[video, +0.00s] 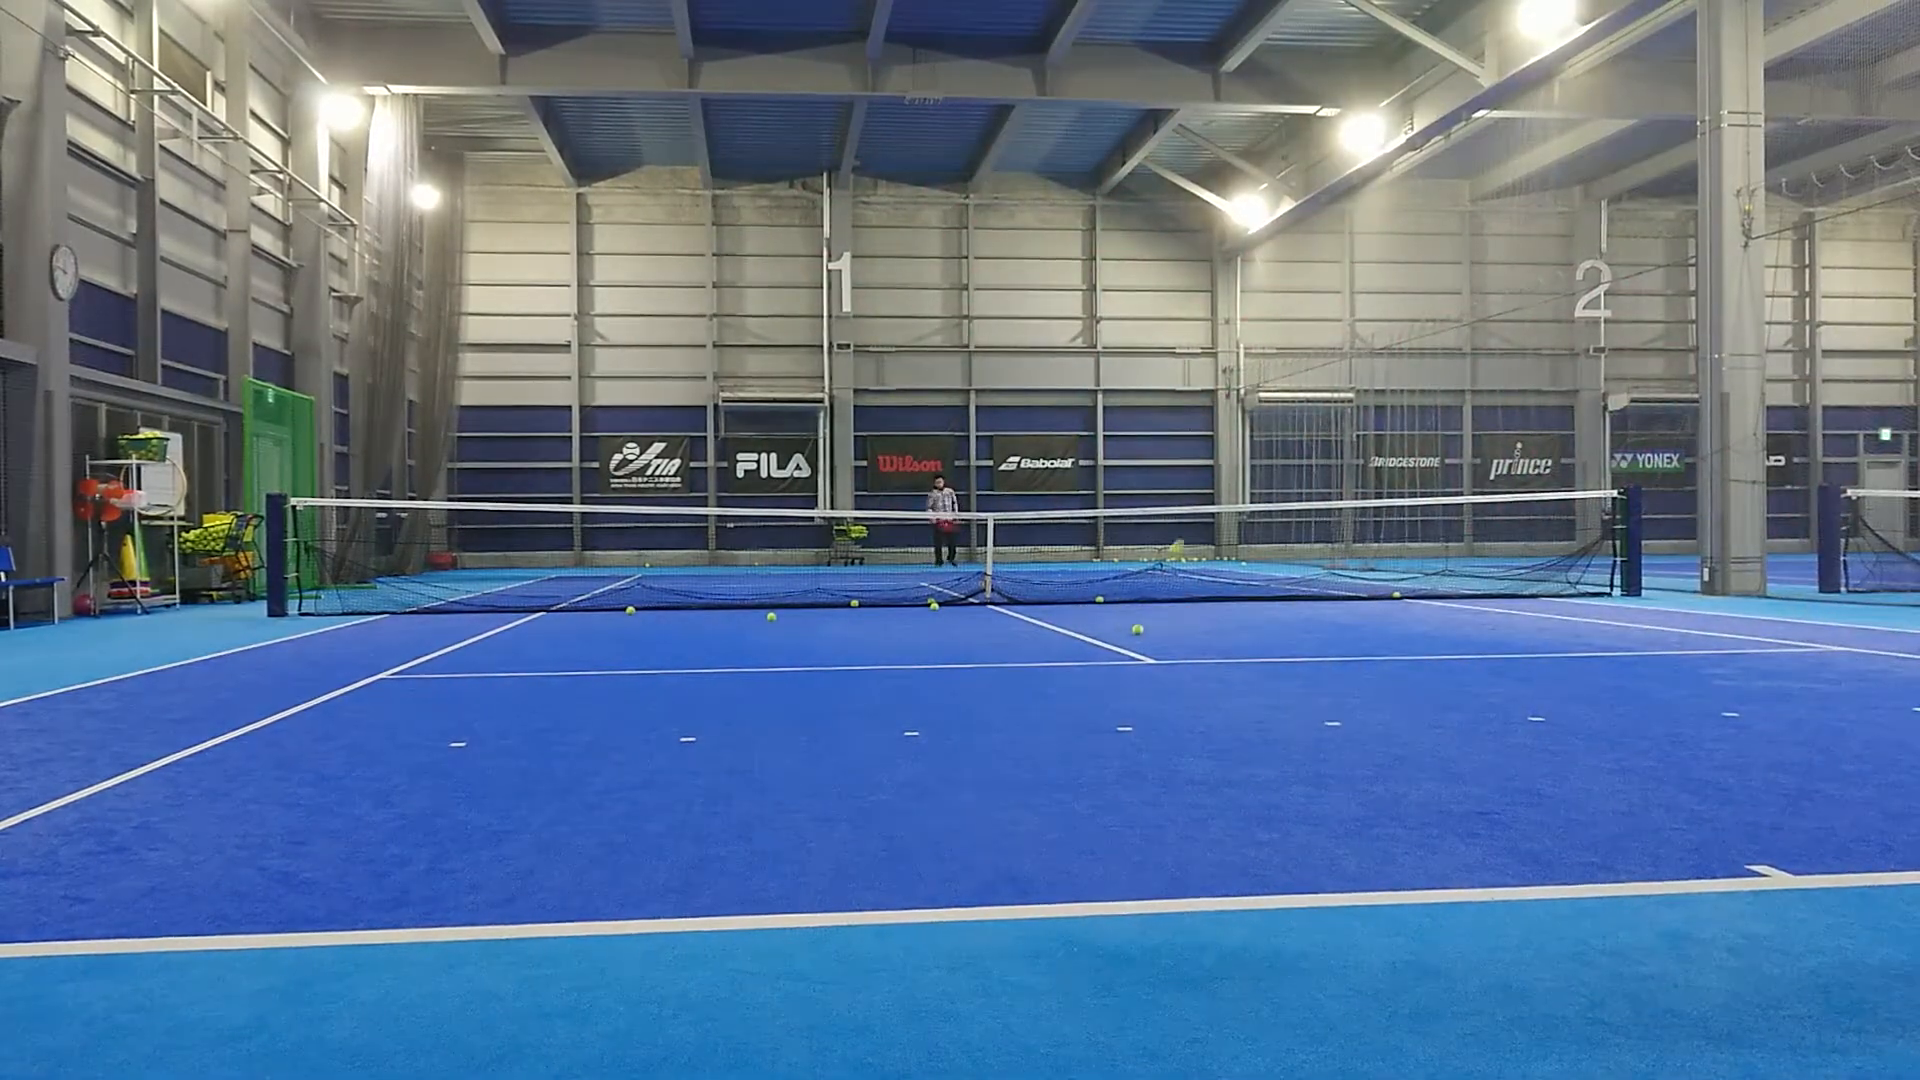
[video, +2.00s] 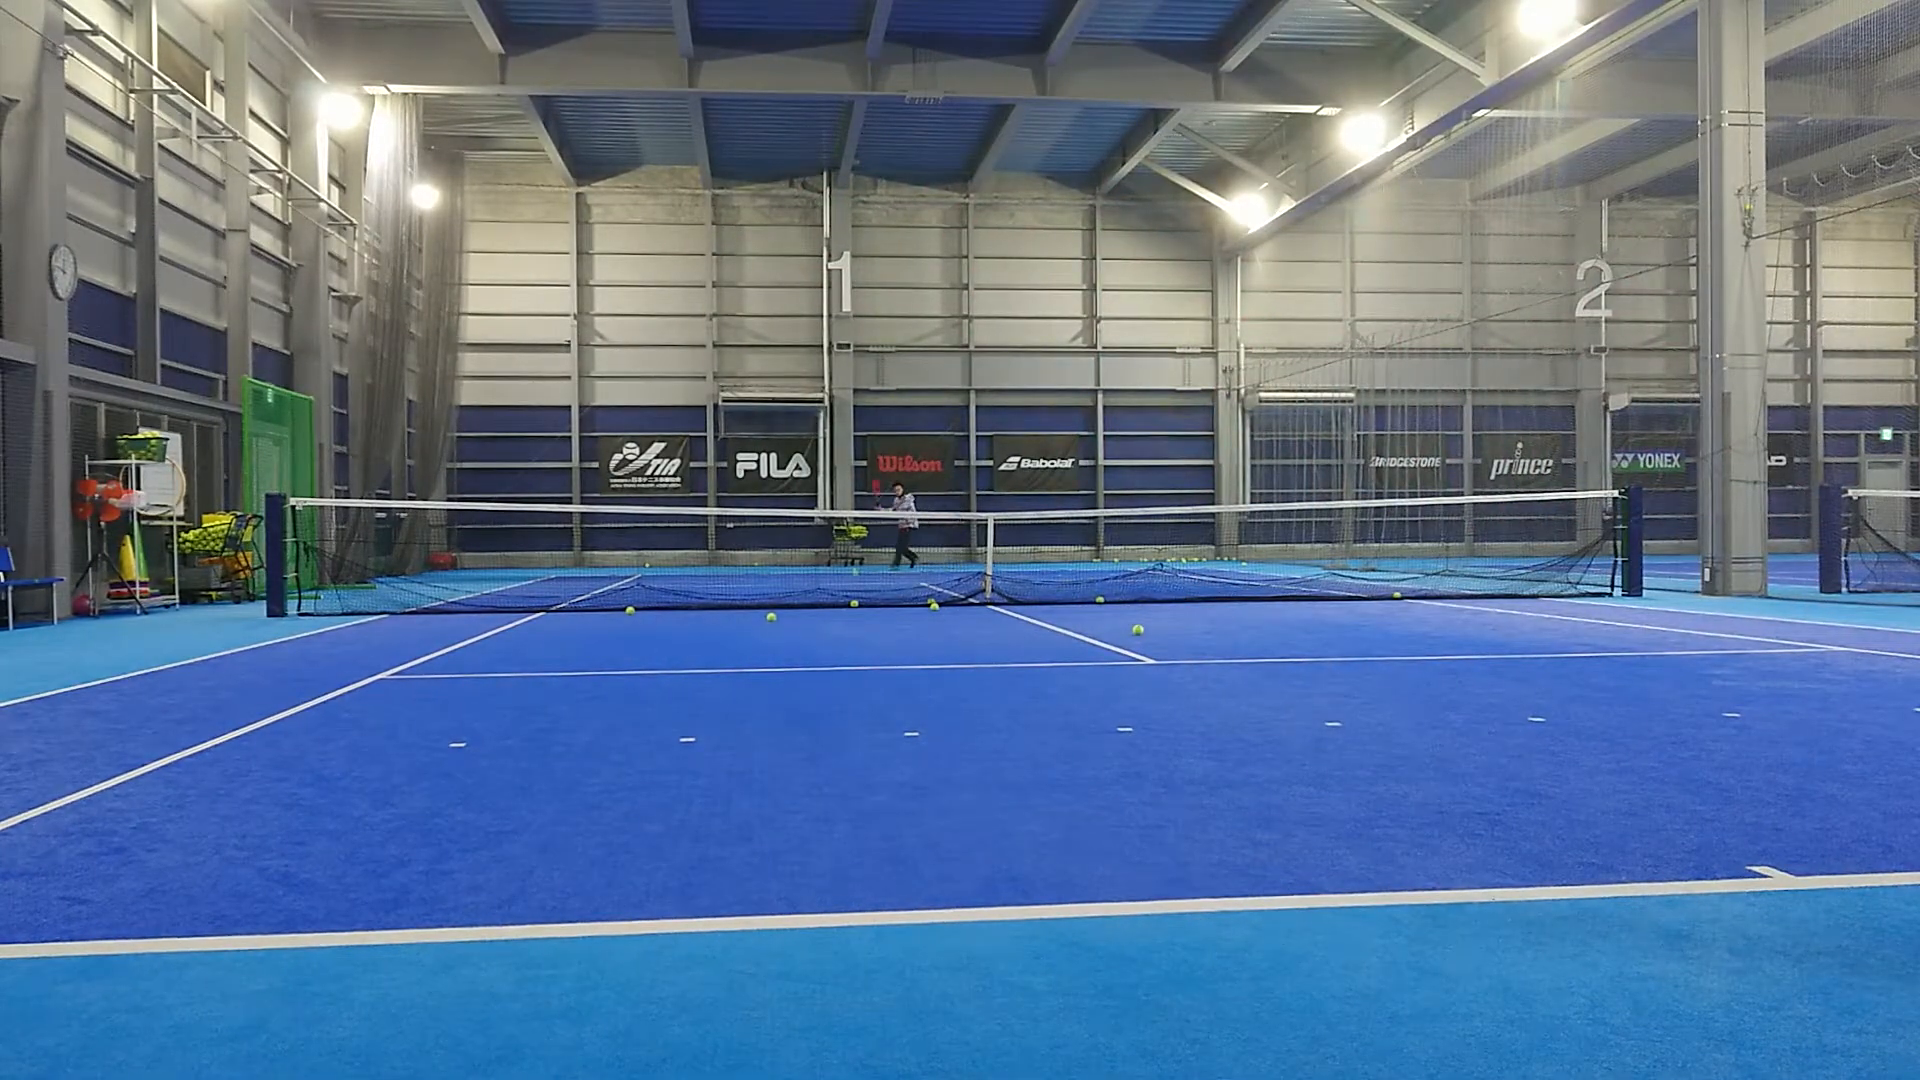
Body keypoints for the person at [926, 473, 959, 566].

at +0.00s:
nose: (939, 484)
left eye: (941, 482)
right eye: (937, 482)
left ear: (944, 482)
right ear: (934, 483)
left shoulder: (950, 492)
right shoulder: (932, 494)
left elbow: (955, 504)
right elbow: (929, 508)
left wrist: (956, 515)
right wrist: (932, 517)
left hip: (950, 519)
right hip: (938, 520)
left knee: (952, 541)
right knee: (938, 542)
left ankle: (951, 558)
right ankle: (939, 560)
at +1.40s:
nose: (944, 485)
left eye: (946, 482)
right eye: (942, 482)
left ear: (949, 484)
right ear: (939, 484)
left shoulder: (953, 494)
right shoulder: (936, 495)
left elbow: (955, 507)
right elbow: (931, 508)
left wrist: (946, 513)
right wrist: (937, 516)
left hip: (950, 523)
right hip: (938, 523)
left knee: (952, 545)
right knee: (932, 544)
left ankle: (955, 563)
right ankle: (927, 562)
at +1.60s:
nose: (931, 490)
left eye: (933, 488)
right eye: (930, 488)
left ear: (937, 489)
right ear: (928, 490)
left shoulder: (942, 500)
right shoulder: (926, 500)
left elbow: (942, 513)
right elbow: (923, 512)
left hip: (942, 527)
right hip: (930, 527)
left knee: (947, 547)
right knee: (923, 545)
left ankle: (954, 563)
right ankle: (920, 562)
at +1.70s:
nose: (922, 490)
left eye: (923, 488)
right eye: (920, 488)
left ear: (927, 489)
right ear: (918, 490)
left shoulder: (932, 498)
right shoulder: (917, 501)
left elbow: (933, 512)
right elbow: (915, 513)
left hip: (934, 527)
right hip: (923, 527)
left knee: (941, 546)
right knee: (918, 546)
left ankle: (953, 561)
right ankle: (921, 562)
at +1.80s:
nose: (913, 491)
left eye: (915, 489)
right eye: (911, 489)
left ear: (919, 489)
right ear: (909, 491)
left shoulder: (923, 498)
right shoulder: (910, 501)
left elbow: (922, 509)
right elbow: (907, 512)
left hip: (926, 526)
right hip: (916, 526)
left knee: (925, 547)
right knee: (914, 546)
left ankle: (939, 554)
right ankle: (920, 562)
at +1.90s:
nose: (905, 491)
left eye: (906, 489)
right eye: (903, 490)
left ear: (910, 489)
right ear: (901, 491)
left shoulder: (916, 497)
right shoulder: (903, 500)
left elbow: (915, 507)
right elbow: (900, 510)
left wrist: (905, 510)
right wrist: (892, 510)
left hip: (918, 524)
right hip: (909, 524)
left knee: (912, 544)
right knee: (907, 544)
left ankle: (920, 562)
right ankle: (916, 562)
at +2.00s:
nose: (897, 492)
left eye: (899, 489)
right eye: (895, 490)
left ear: (903, 489)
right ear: (894, 491)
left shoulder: (908, 499)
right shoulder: (896, 500)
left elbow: (912, 511)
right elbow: (893, 509)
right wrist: (882, 510)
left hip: (908, 524)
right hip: (901, 524)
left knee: (901, 546)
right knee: (900, 546)